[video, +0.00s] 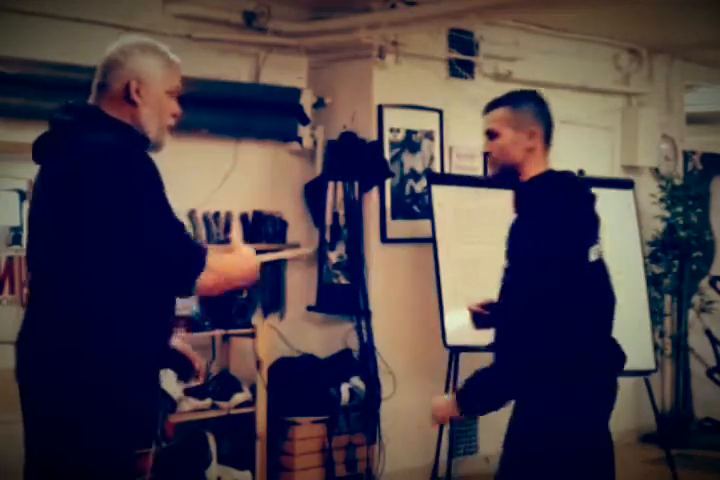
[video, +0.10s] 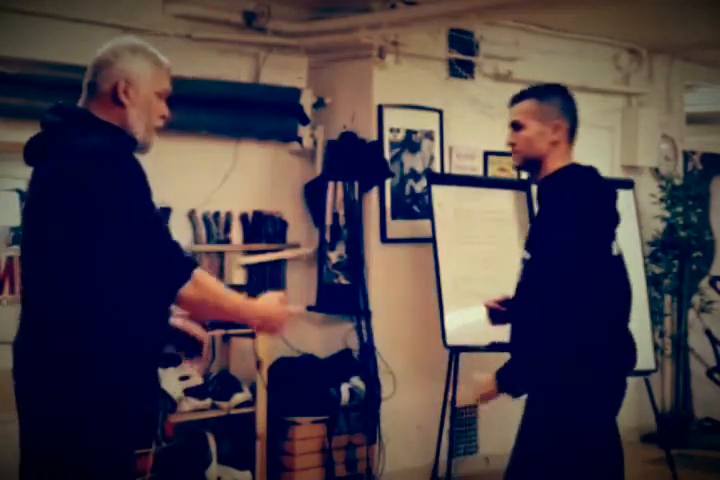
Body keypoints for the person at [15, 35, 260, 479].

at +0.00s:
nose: (178, 112)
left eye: (178, 99)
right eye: (173, 95)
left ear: (131, 91)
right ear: (135, 91)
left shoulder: (68, 153)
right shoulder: (120, 159)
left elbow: (87, 286)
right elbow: (182, 271)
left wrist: (162, 341)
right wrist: (234, 268)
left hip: (56, 367)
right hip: (102, 378)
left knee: (57, 469)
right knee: (104, 469)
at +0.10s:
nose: (167, 114)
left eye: (167, 101)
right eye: (162, 98)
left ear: (123, 92)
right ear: (125, 92)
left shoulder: (63, 155)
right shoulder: (107, 161)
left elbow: (101, 271)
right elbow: (170, 276)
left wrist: (169, 316)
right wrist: (253, 312)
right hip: (98, 387)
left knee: (59, 469)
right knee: (102, 469)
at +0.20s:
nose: (160, 114)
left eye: (159, 100)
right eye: (154, 97)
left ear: (112, 95)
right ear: (115, 95)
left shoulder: (54, 157)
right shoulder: (101, 164)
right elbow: (171, 272)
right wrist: (254, 307)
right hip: (94, 399)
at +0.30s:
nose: (153, 111)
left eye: (153, 99)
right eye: (146, 96)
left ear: (106, 95)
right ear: (108, 95)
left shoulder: (53, 156)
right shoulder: (93, 163)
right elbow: (180, 263)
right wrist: (272, 267)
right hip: (83, 402)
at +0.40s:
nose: (143, 107)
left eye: (142, 96)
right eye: (136, 93)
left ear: (98, 92)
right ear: (97, 92)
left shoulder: (47, 151)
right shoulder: (85, 157)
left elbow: (99, 249)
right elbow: (174, 247)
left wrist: (172, 231)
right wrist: (270, 243)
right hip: (84, 391)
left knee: (50, 467)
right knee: (92, 468)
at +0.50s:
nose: (136, 103)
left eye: (134, 91)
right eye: (129, 89)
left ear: (89, 90)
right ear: (91, 90)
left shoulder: (42, 152)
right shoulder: (84, 157)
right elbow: (175, 241)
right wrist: (268, 242)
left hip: (48, 371)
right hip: (89, 381)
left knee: (50, 467)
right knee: (92, 468)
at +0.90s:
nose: (149, 104)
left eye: (146, 92)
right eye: (141, 90)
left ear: (102, 92)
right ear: (103, 92)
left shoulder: (59, 158)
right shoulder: (99, 161)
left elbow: (154, 254)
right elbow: (182, 250)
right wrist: (278, 257)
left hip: (75, 385)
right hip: (110, 392)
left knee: (79, 471)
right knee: (114, 471)